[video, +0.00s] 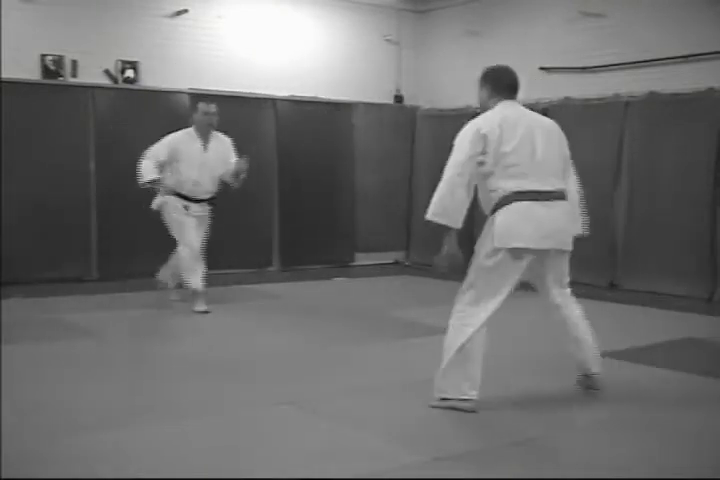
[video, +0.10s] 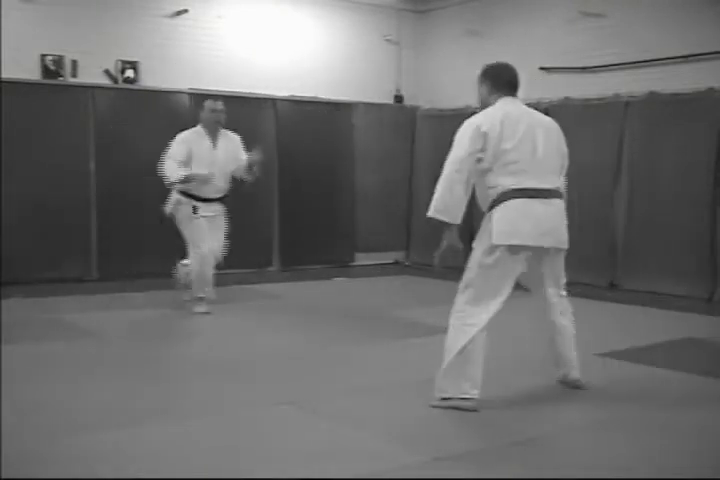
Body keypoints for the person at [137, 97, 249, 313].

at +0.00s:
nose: (211, 119)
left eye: (214, 114)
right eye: (206, 114)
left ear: (218, 117)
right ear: (194, 116)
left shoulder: (224, 144)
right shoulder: (178, 140)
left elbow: (232, 179)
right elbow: (148, 160)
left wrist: (238, 174)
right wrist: (154, 182)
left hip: (203, 206)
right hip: (174, 201)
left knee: (193, 248)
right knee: (190, 244)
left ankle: (167, 277)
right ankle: (199, 294)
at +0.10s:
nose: (219, 116)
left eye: (221, 112)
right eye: (214, 111)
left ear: (225, 115)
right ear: (202, 113)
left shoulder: (232, 140)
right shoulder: (186, 139)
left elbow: (240, 172)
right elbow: (167, 166)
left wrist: (251, 167)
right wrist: (185, 176)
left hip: (216, 204)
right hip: (187, 203)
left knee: (216, 252)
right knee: (201, 249)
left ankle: (186, 271)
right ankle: (200, 298)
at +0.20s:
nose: (227, 111)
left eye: (232, 107)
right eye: (225, 106)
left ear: (240, 111)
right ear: (220, 109)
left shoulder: (250, 137)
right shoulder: (207, 135)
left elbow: (270, 165)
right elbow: (203, 162)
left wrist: (276, 151)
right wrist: (236, 164)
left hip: (234, 207)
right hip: (203, 204)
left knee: (244, 250)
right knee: (203, 256)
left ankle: (226, 293)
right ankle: (199, 301)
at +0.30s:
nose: (258, 106)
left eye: (260, 102)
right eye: (253, 101)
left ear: (263, 106)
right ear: (240, 104)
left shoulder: (267, 134)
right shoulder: (227, 126)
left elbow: (279, 165)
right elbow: (213, 149)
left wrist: (291, 152)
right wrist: (234, 167)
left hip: (248, 204)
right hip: (215, 200)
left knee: (258, 250)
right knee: (211, 257)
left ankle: (254, 302)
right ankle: (199, 300)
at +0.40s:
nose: (286, 106)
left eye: (289, 102)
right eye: (281, 102)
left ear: (293, 107)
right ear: (269, 104)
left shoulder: (297, 137)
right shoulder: (252, 125)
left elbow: (308, 162)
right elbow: (215, 135)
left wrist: (315, 137)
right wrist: (211, 156)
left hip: (272, 209)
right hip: (240, 203)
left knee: (269, 263)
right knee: (251, 258)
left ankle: (252, 311)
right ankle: (223, 286)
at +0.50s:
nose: (302, 103)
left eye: (304, 99)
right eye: (296, 98)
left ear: (307, 104)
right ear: (282, 100)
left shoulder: (312, 133)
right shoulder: (265, 121)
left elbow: (336, 134)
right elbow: (220, 125)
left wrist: (325, 106)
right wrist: (223, 141)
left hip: (289, 207)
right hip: (257, 200)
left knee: (279, 259)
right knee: (277, 249)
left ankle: (251, 308)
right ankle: (262, 309)